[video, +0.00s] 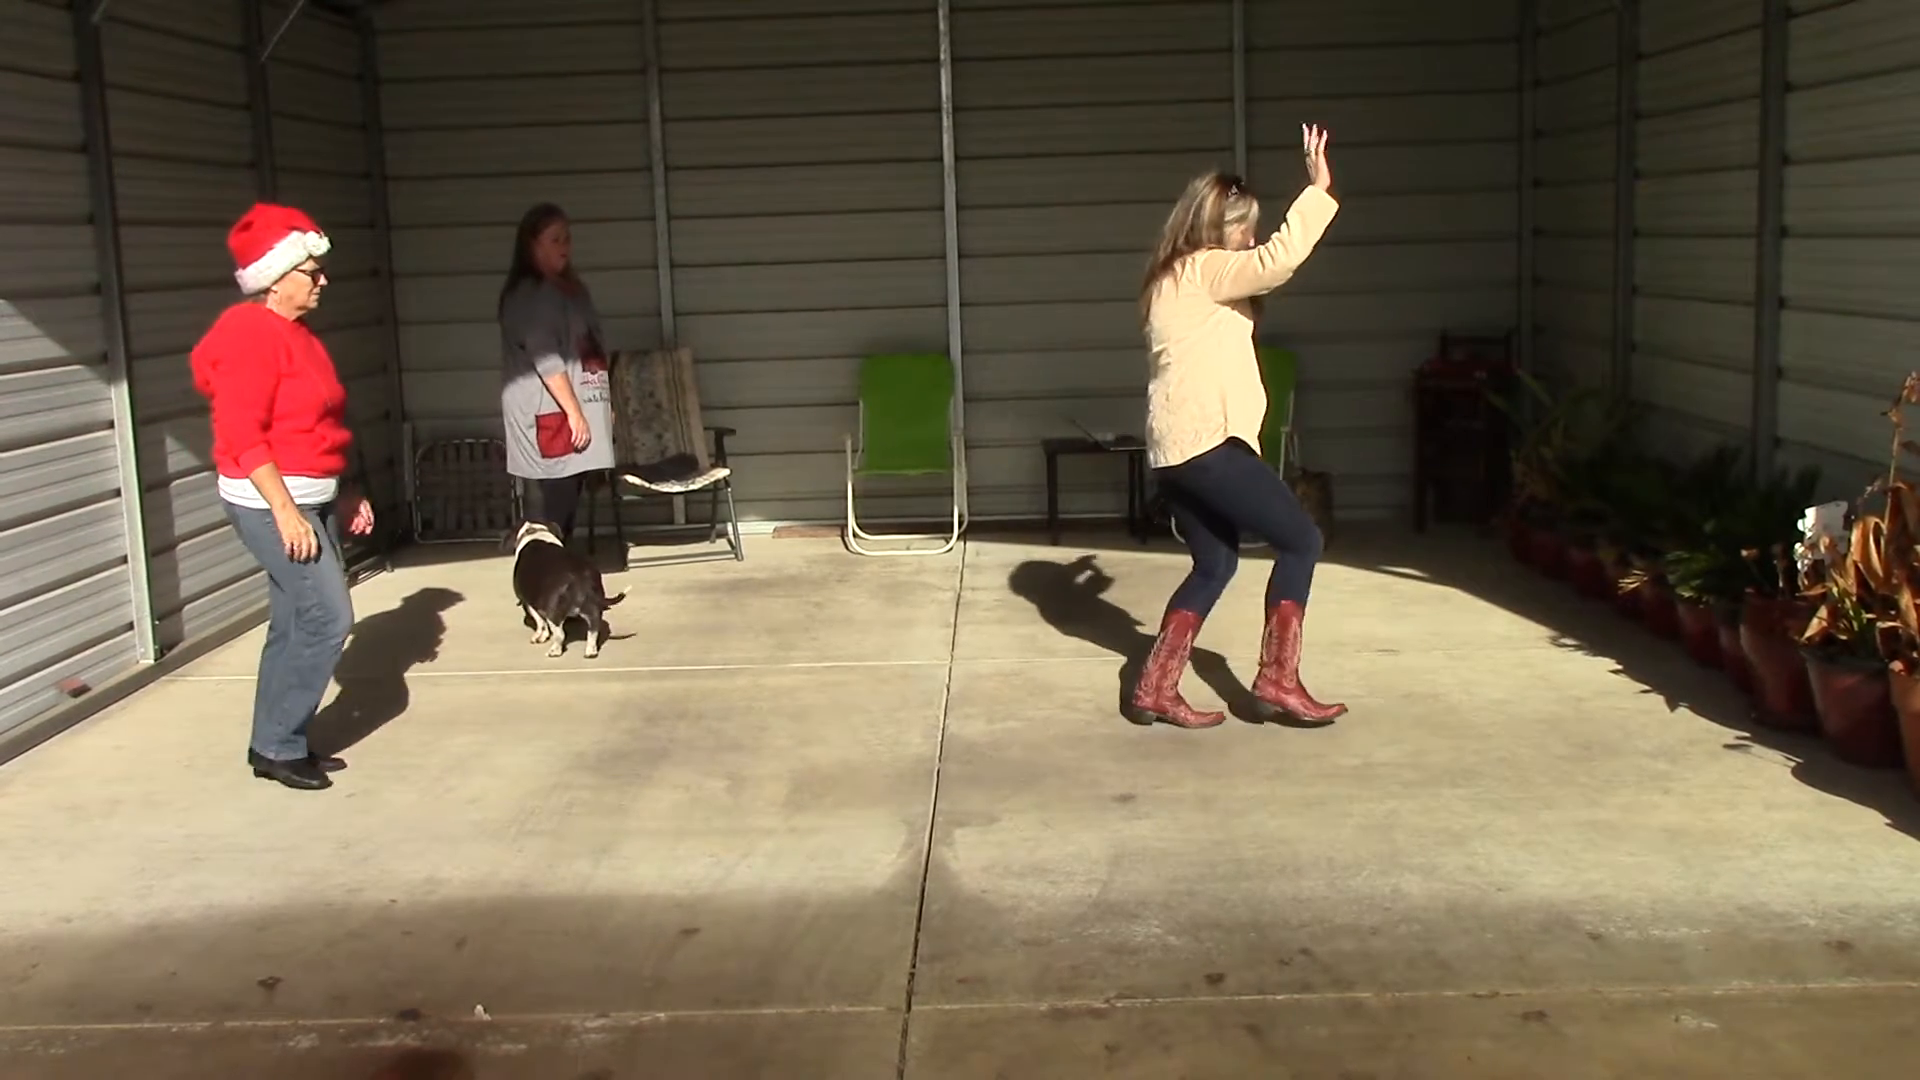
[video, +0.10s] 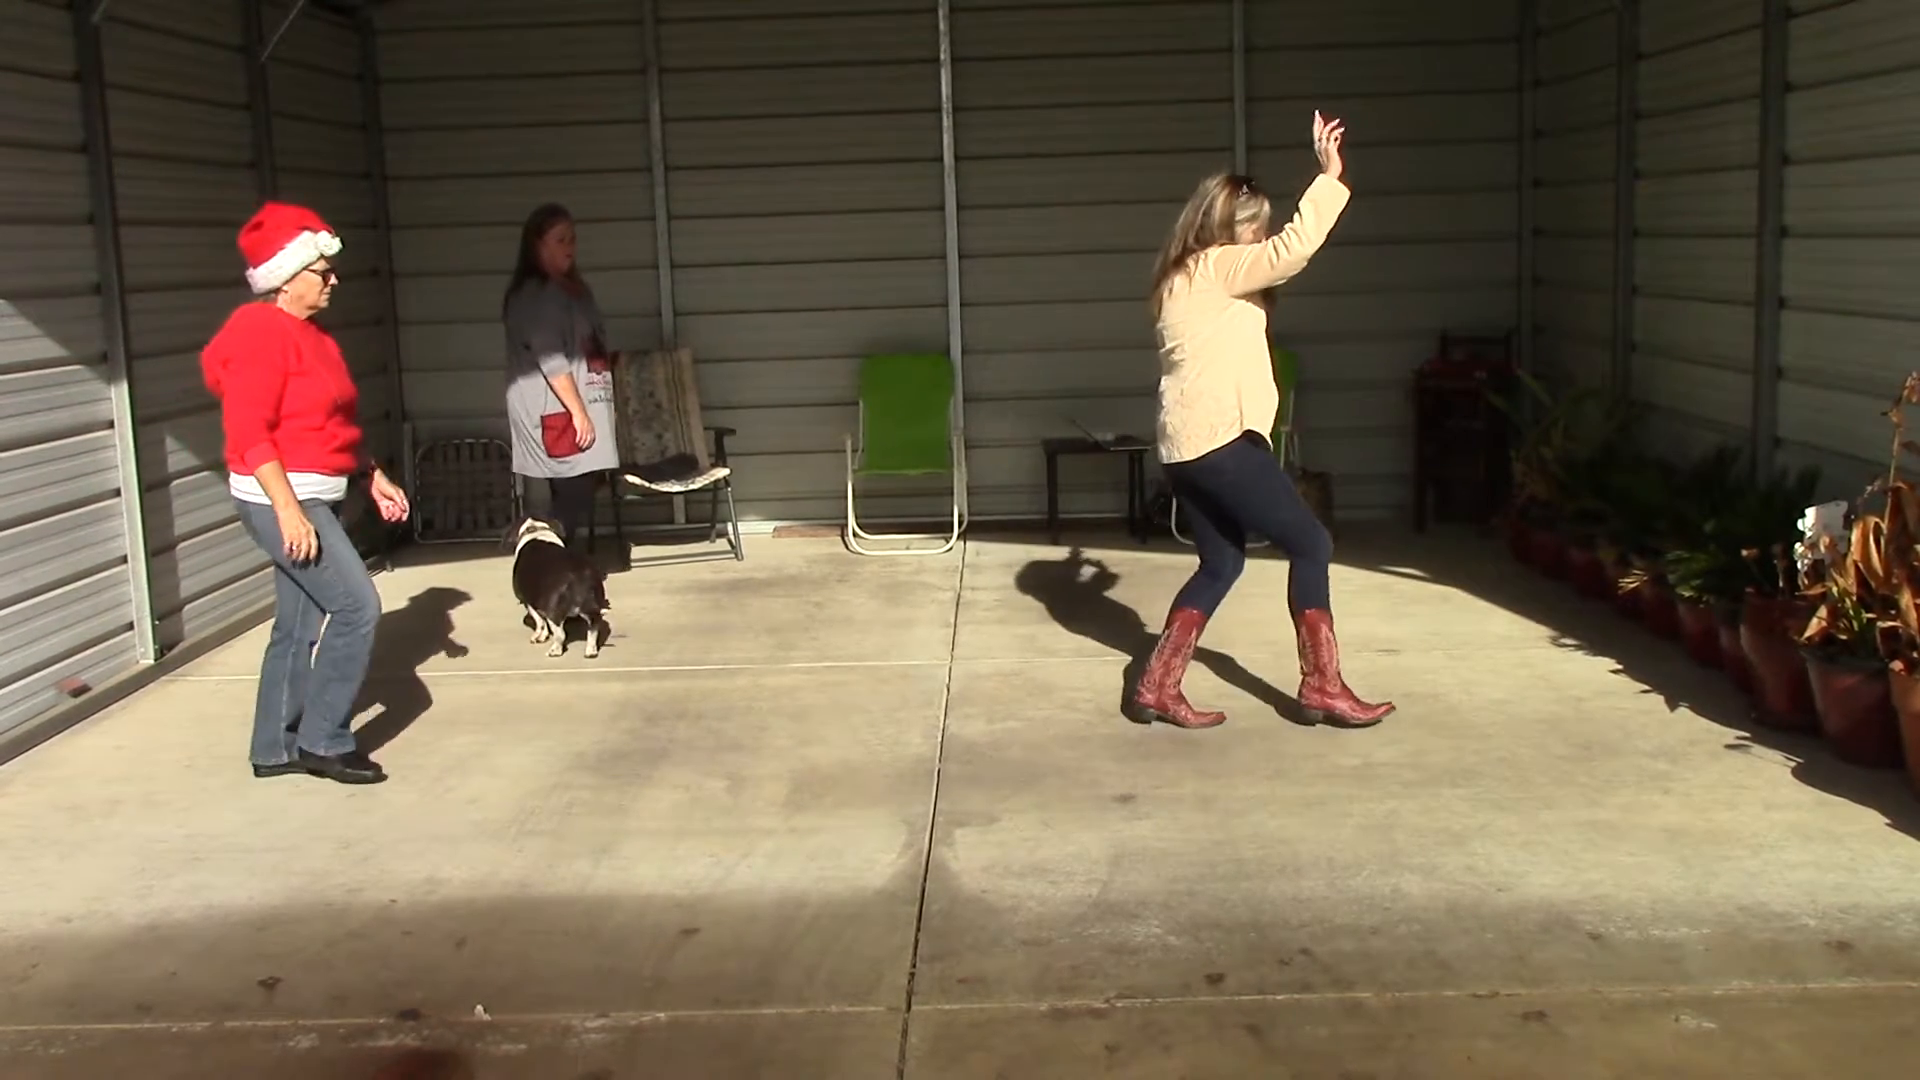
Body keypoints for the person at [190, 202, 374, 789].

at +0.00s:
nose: (322, 283)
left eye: (321, 273)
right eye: (312, 273)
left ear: (282, 279)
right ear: (275, 278)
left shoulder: (295, 334)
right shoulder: (247, 334)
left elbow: (310, 425)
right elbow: (240, 434)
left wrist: (342, 494)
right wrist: (284, 509)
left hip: (308, 499)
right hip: (269, 501)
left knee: (294, 624)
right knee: (326, 617)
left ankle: (279, 742)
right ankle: (276, 745)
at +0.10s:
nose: (332, 281)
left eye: (331, 271)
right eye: (322, 272)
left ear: (296, 278)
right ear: (284, 278)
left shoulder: (310, 334)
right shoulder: (256, 333)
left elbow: (329, 419)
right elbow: (247, 433)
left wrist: (370, 472)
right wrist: (287, 507)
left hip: (315, 496)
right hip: (281, 498)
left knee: (296, 625)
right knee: (356, 605)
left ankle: (276, 747)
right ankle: (324, 740)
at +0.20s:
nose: (346, 280)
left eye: (344, 270)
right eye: (335, 271)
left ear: (316, 279)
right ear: (298, 279)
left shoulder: (326, 335)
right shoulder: (270, 332)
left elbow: (350, 421)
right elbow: (259, 431)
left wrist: (399, 468)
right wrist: (294, 512)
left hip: (327, 496)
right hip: (294, 498)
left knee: (302, 629)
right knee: (377, 604)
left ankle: (275, 749)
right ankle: (382, 749)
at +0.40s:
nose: (378, 285)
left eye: (377, 275)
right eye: (367, 276)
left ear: (347, 284)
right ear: (331, 284)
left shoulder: (353, 340)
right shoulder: (307, 339)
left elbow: (376, 429)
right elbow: (297, 435)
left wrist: (420, 480)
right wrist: (329, 517)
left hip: (368, 501)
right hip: (340, 505)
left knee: (365, 627)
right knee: (408, 615)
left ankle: (290, 732)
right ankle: (424, 755)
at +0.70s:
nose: (398, 287)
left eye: (395, 277)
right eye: (387, 278)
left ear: (362, 285)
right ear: (350, 286)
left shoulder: (368, 338)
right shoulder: (328, 338)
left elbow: (387, 428)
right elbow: (329, 437)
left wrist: (419, 500)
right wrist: (380, 508)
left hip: (387, 500)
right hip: (346, 505)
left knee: (430, 611)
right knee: (421, 615)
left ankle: (342, 710)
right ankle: (428, 756)